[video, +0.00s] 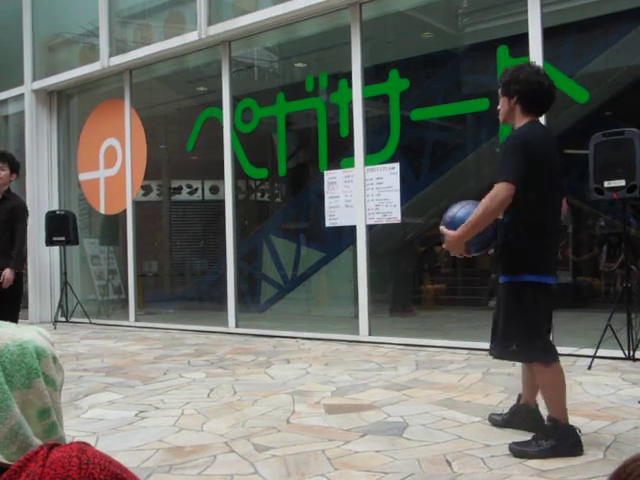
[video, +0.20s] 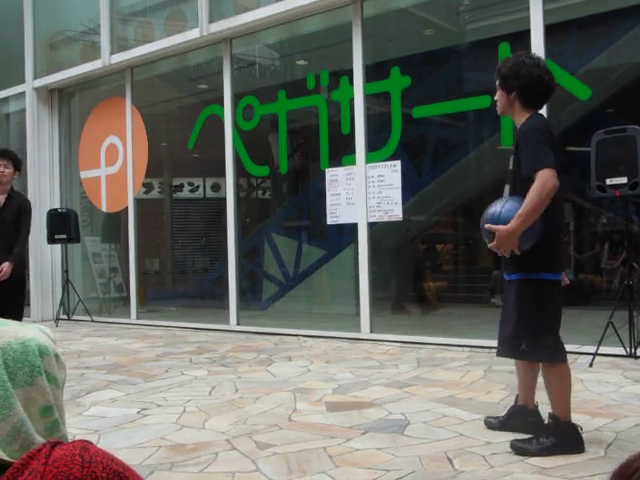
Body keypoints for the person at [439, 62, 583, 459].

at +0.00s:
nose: (497, 104)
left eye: (500, 97)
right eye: (498, 97)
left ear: (515, 100)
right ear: (532, 102)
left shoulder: (519, 141)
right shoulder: (544, 140)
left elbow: (501, 196)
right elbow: (556, 207)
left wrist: (460, 235)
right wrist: (495, 232)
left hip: (525, 265)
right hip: (533, 263)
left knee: (538, 344)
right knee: (528, 339)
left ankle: (561, 430)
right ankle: (527, 408)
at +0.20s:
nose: (494, 95)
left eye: (497, 88)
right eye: (496, 88)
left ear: (512, 93)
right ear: (526, 93)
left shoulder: (533, 128)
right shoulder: (530, 130)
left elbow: (548, 181)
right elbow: (537, 190)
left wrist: (513, 229)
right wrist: (510, 232)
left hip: (539, 257)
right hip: (525, 256)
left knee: (545, 340)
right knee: (522, 336)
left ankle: (563, 428)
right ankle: (524, 411)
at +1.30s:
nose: (491, 114)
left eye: (495, 108)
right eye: (493, 108)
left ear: (509, 111)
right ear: (524, 115)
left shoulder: (512, 140)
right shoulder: (534, 152)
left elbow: (505, 183)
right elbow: (541, 218)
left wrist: (470, 225)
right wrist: (540, 268)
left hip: (502, 264)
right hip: (523, 265)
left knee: (486, 337)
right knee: (520, 340)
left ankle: (540, 401)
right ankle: (516, 416)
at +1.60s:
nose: (489, 120)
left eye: (494, 113)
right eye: (492, 113)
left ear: (507, 116)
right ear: (522, 121)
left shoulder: (502, 141)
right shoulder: (532, 156)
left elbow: (487, 182)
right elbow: (533, 219)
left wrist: (458, 225)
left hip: (492, 264)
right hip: (516, 265)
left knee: (478, 337)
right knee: (515, 338)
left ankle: (530, 399)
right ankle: (511, 412)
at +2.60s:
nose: (492, 105)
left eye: (493, 99)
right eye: (494, 98)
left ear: (499, 103)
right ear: (534, 98)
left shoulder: (517, 136)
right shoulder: (542, 136)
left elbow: (524, 188)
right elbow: (540, 196)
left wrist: (515, 241)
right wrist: (518, 239)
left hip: (530, 261)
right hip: (544, 258)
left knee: (536, 347)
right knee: (528, 340)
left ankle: (556, 437)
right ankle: (516, 409)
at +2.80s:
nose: (506, 95)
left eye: (509, 89)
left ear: (513, 96)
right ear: (554, 94)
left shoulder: (523, 136)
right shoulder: (562, 138)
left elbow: (523, 193)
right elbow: (557, 203)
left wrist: (509, 247)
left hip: (534, 263)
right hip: (555, 262)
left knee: (542, 350)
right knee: (552, 343)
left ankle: (556, 439)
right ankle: (566, 421)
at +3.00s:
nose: (522, 88)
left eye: (525, 83)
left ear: (527, 93)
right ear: (569, 93)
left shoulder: (524, 138)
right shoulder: (580, 137)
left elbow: (512, 196)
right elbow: (577, 201)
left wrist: (489, 247)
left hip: (534, 265)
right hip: (574, 261)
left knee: (545, 351)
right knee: (585, 344)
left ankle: (556, 439)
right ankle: (606, 431)